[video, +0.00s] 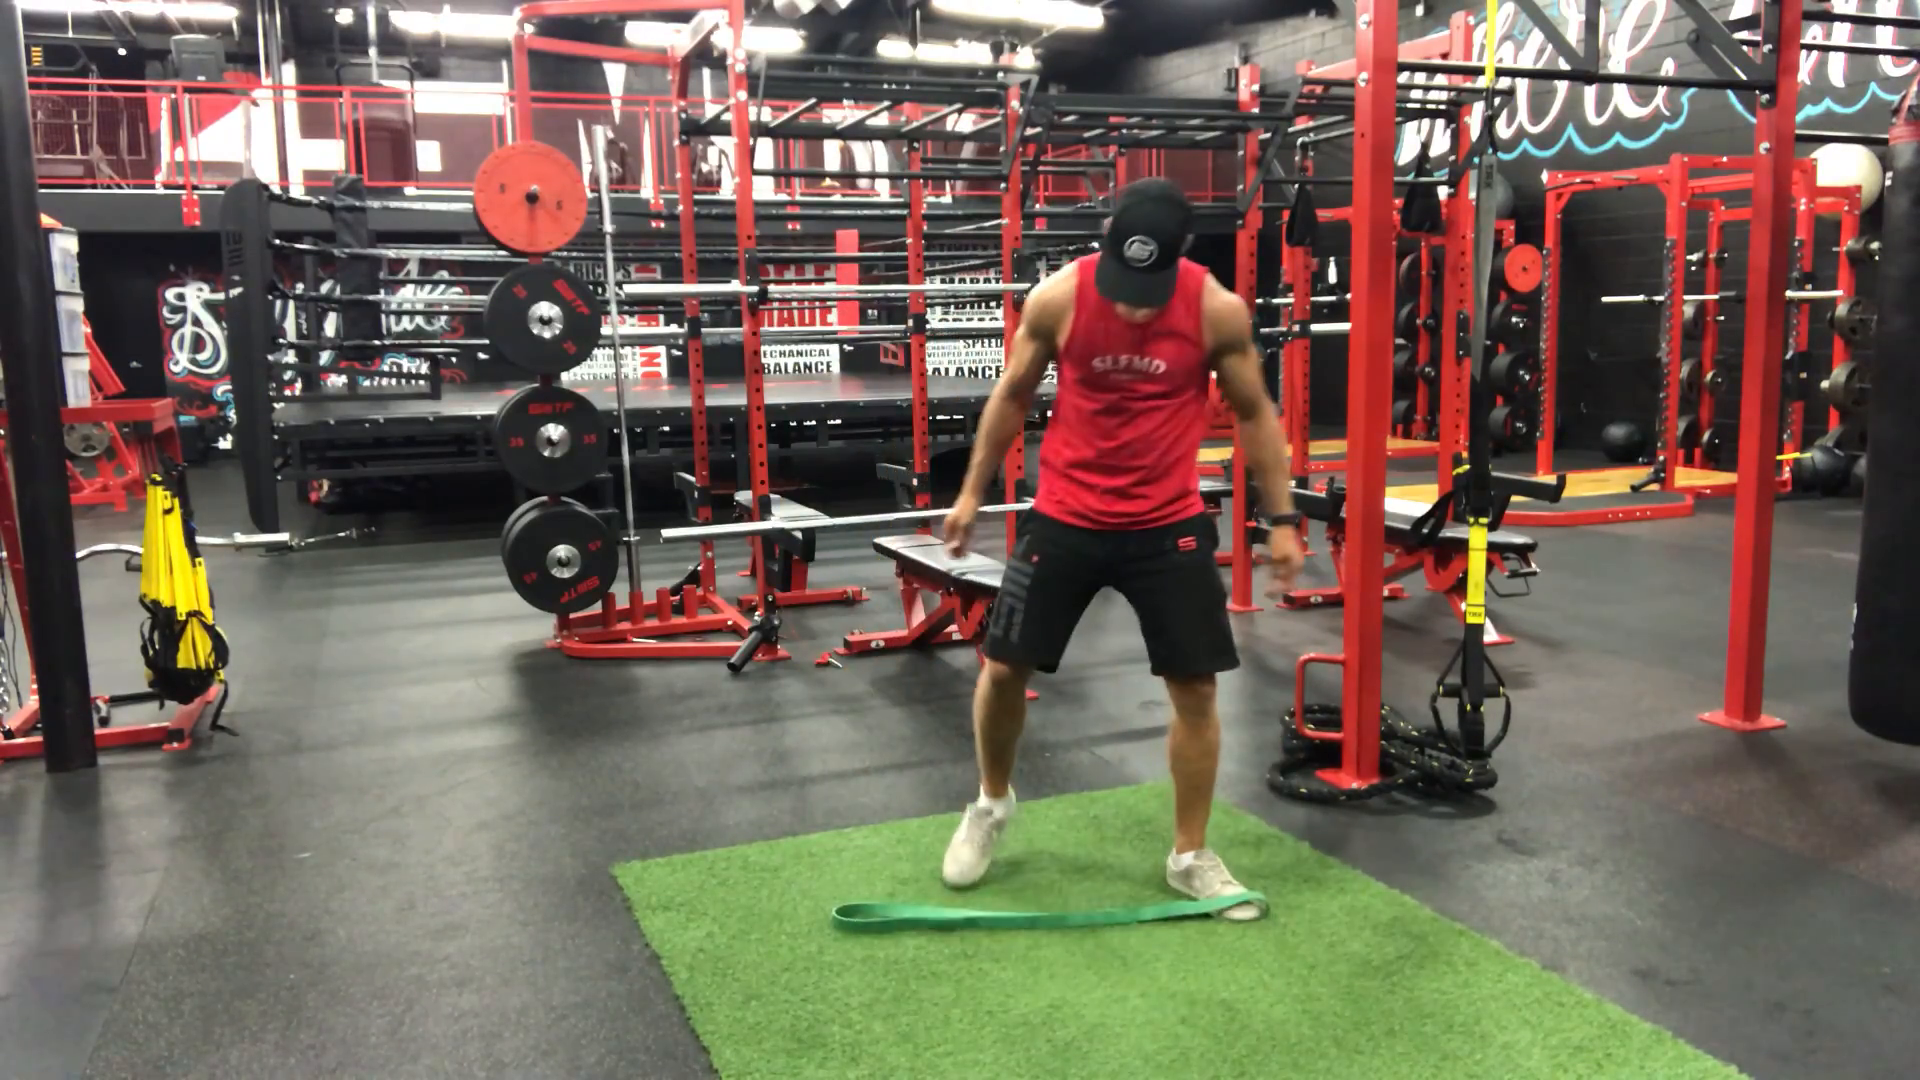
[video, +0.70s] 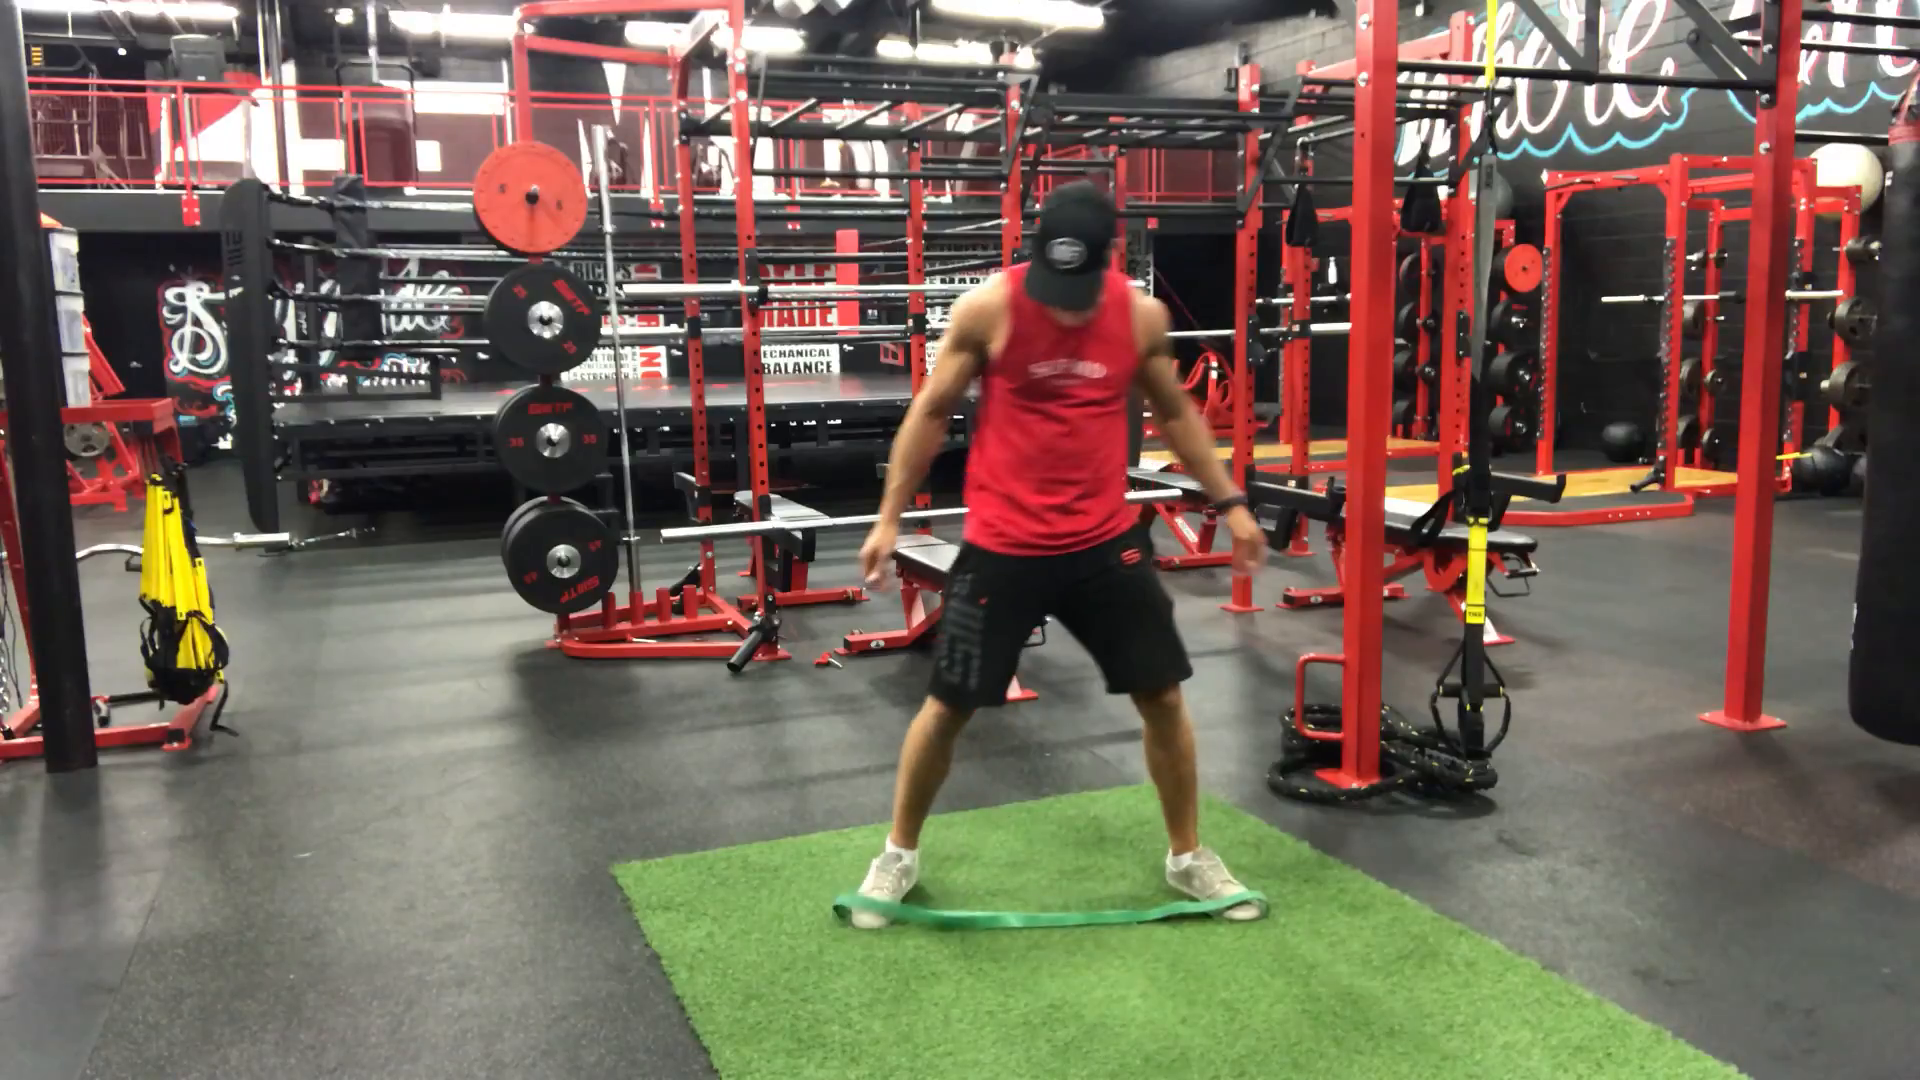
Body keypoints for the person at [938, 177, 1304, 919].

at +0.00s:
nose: (1136, 296)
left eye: (1151, 283)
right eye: (1124, 279)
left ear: (1180, 258)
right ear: (1105, 248)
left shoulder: (1218, 313)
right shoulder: (1057, 301)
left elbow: (1256, 413)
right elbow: (1011, 395)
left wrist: (1281, 519)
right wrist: (971, 493)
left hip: (1168, 527)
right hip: (1065, 522)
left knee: (1196, 687)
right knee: (1002, 670)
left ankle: (1191, 853)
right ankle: (990, 802)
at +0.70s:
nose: (1065, 297)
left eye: (1081, 283)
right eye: (1054, 280)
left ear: (1110, 259)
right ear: (1034, 252)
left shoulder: (1140, 315)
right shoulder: (986, 311)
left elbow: (1176, 412)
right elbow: (929, 413)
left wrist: (1232, 505)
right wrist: (887, 519)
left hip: (1105, 544)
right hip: (1002, 549)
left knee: (1164, 696)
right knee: (948, 705)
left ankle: (1187, 855)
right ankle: (897, 853)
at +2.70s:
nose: (1059, 316)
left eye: (1075, 300)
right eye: (1045, 298)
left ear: (1102, 273)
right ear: (1022, 268)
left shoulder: (1136, 336)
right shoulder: (978, 331)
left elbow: (1212, 429)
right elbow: (915, 436)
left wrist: (1231, 510)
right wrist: (892, 541)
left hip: (1110, 551)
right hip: (999, 556)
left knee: (1178, 700)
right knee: (932, 709)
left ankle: (1241, 862)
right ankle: (874, 862)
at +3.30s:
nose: (1056, 364)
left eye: (1071, 349)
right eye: (1043, 349)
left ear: (1098, 318)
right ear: (1019, 317)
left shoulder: (1137, 363)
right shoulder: (975, 373)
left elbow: (1204, 462)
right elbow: (923, 488)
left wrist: (1215, 561)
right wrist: (914, 608)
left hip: (1110, 557)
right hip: (1001, 559)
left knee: (1183, 697)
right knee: (930, 704)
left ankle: (1242, 862)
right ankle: (874, 863)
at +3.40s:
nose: (1061, 437)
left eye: (1076, 426)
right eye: (1047, 426)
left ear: (1104, 395)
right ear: (1024, 393)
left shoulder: (1143, 412)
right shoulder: (981, 421)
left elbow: (1191, 515)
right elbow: (940, 553)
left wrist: (1193, 622)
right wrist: (952, 677)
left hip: (1109, 564)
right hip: (1000, 567)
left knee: (1187, 696)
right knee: (927, 703)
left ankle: (1243, 864)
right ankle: (873, 861)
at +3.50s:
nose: (1065, 532)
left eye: (1080, 523)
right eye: (1050, 524)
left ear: (1107, 478)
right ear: (1026, 481)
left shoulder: (1143, 458)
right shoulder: (985, 489)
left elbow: (1177, 553)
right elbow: (967, 627)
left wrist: (1168, 657)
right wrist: (984, 748)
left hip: (1112, 566)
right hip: (1005, 572)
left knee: (1192, 694)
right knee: (922, 701)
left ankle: (1243, 863)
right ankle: (872, 860)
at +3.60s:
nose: (1061, 603)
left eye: (1076, 590)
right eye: (1047, 591)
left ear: (1109, 544)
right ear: (1025, 552)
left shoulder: (1145, 501)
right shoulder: (989, 559)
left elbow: (1166, 576)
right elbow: (989, 694)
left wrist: (1150, 671)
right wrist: (1012, 809)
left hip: (1116, 574)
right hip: (1003, 577)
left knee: (1195, 692)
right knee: (922, 703)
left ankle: (1243, 862)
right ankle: (872, 861)